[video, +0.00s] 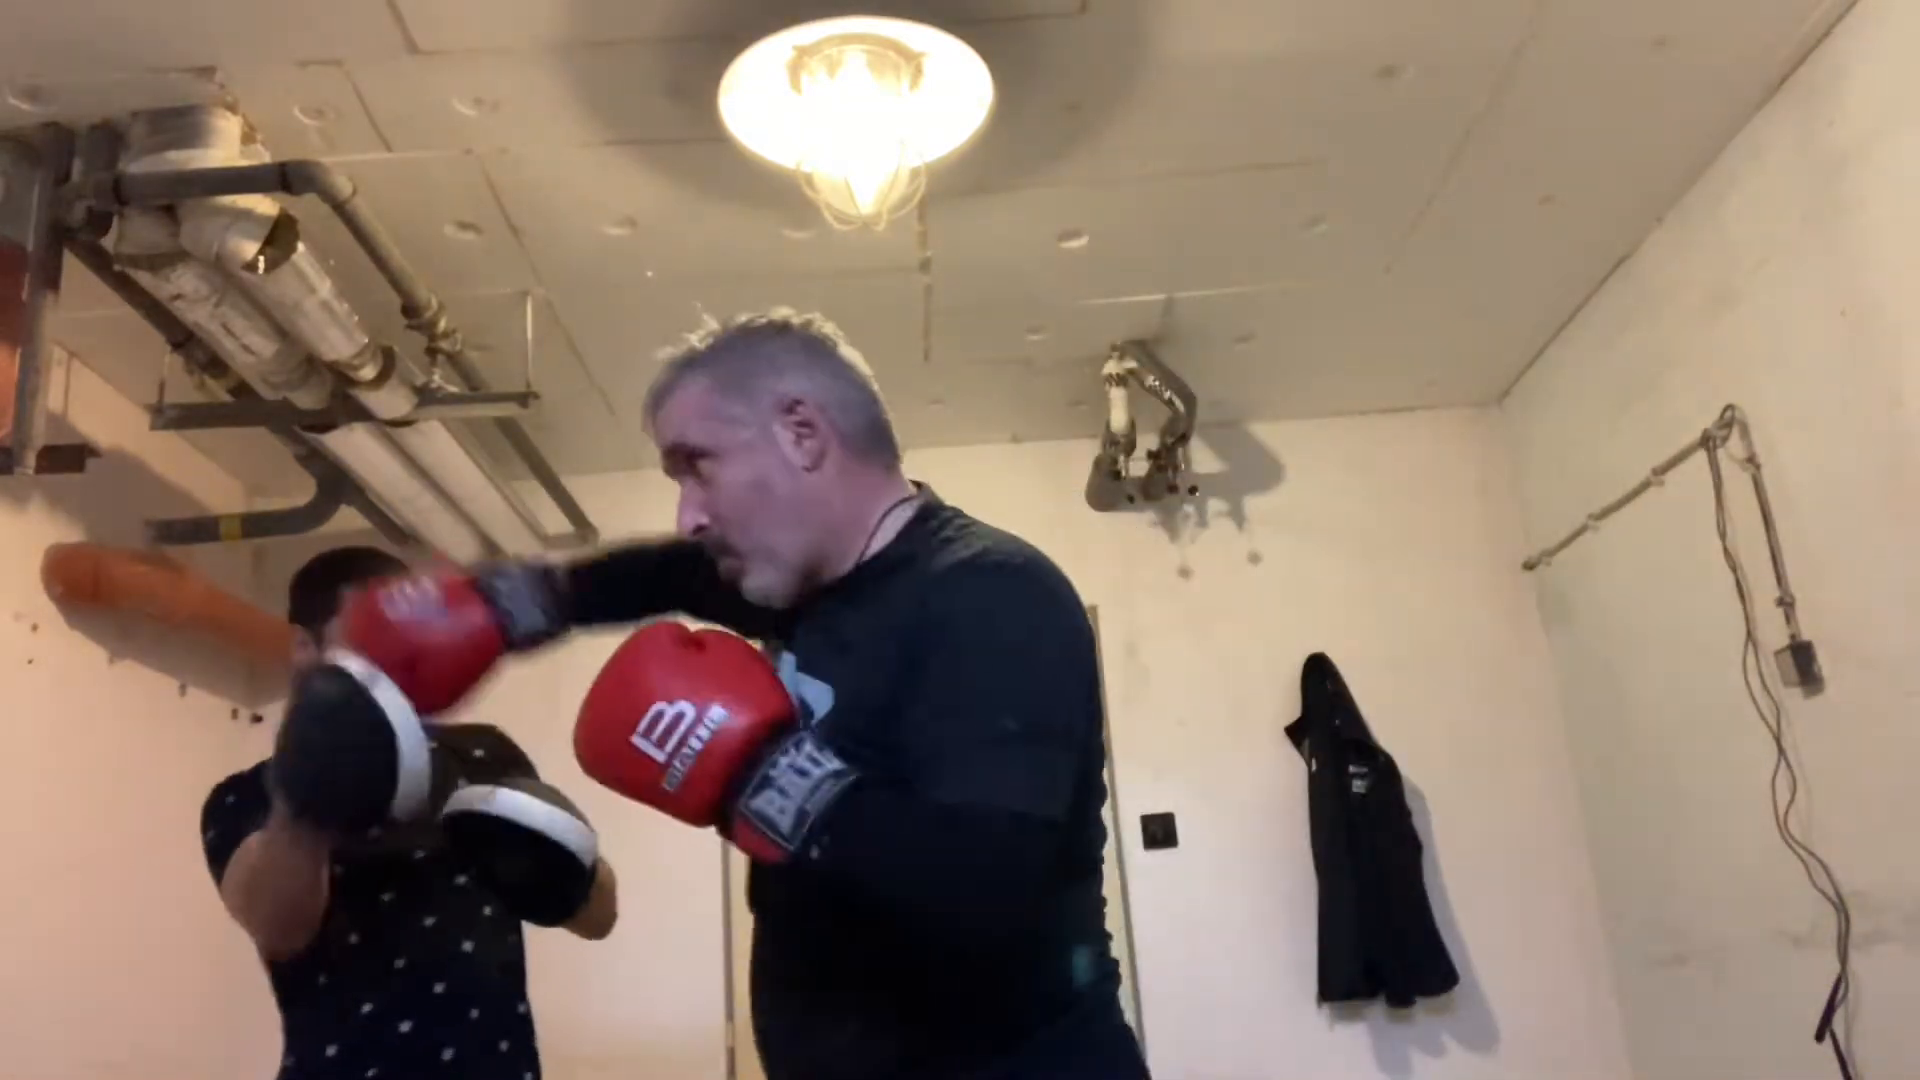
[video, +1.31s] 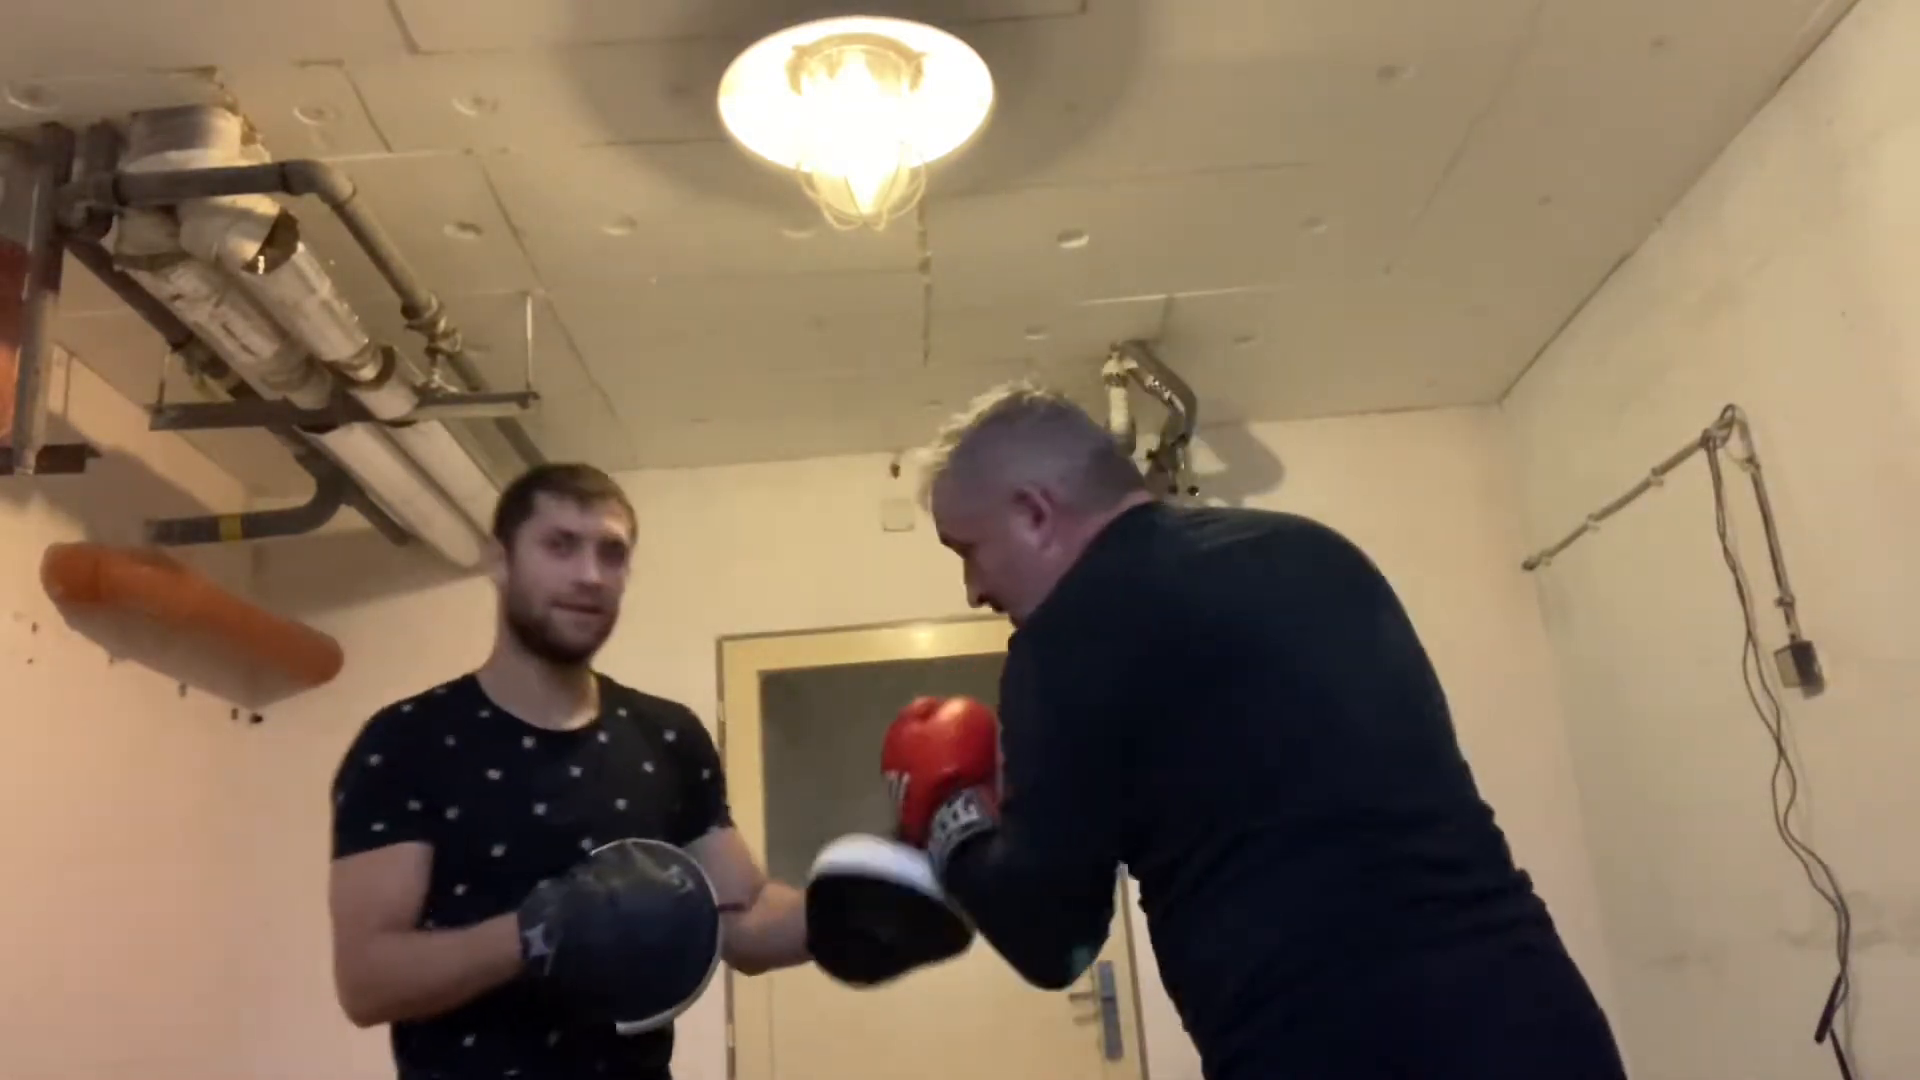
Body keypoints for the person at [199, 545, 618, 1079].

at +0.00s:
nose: (386, 650)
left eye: (401, 625)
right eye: (363, 633)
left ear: (427, 632)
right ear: (305, 649)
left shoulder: (479, 757)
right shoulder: (249, 800)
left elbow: (599, 916)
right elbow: (277, 929)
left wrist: (549, 870)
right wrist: (315, 783)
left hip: (493, 1060)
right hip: (343, 1067)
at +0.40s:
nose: (433, 637)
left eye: (445, 615)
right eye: (404, 612)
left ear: (458, 627)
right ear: (334, 626)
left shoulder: (470, 766)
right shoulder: (256, 781)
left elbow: (566, 942)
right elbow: (289, 939)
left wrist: (570, 854)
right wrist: (406, 774)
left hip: (488, 1066)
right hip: (342, 1070)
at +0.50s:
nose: (471, 634)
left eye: (482, 614)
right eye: (445, 610)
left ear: (491, 624)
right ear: (369, 622)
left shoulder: (503, 765)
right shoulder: (282, 779)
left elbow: (571, 954)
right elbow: (301, 953)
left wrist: (597, 881)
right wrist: (445, 812)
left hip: (501, 1066)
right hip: (354, 1069)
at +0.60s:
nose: (519, 630)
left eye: (529, 610)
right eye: (493, 605)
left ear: (538, 620)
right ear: (416, 616)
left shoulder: (546, 767)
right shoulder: (321, 773)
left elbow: (590, 960)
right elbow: (320, 967)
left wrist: (648, 898)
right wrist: (479, 865)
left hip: (525, 1066)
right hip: (379, 1069)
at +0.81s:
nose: (614, 618)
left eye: (621, 600)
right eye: (589, 593)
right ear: (514, 600)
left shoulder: (627, 766)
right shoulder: (400, 754)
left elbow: (625, 944)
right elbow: (359, 959)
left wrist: (687, 922)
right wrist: (527, 920)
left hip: (584, 1064)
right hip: (434, 1067)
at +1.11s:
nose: (653, 598)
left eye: (661, 579)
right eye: (626, 571)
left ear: (671, 589)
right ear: (551, 579)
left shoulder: (681, 751)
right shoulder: (443, 741)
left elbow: (732, 951)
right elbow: (397, 955)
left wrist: (793, 900)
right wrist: (566, 900)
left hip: (628, 1064)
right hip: (474, 1065)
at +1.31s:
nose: (591, 575)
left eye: (611, 554)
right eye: (560, 546)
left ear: (629, 574)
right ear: (499, 560)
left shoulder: (669, 739)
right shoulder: (406, 747)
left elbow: (743, 914)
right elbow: (367, 981)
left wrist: (841, 918)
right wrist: (540, 929)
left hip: (630, 1067)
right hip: (467, 1069)